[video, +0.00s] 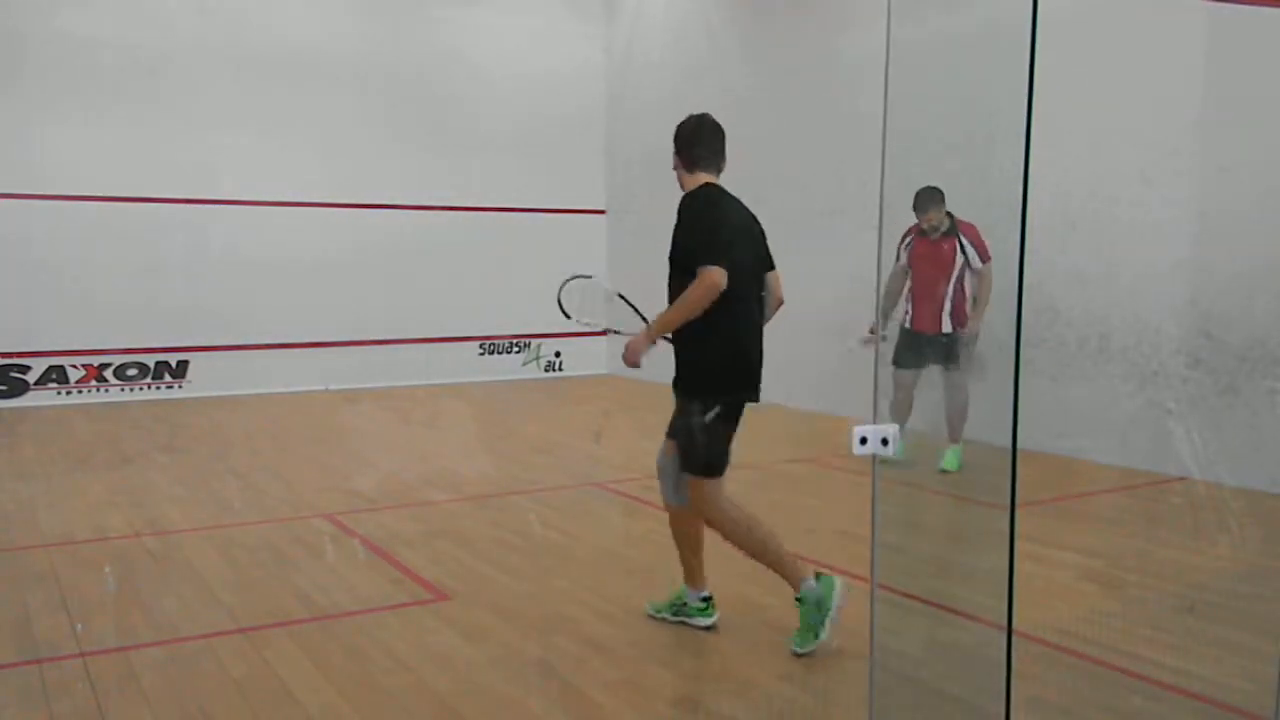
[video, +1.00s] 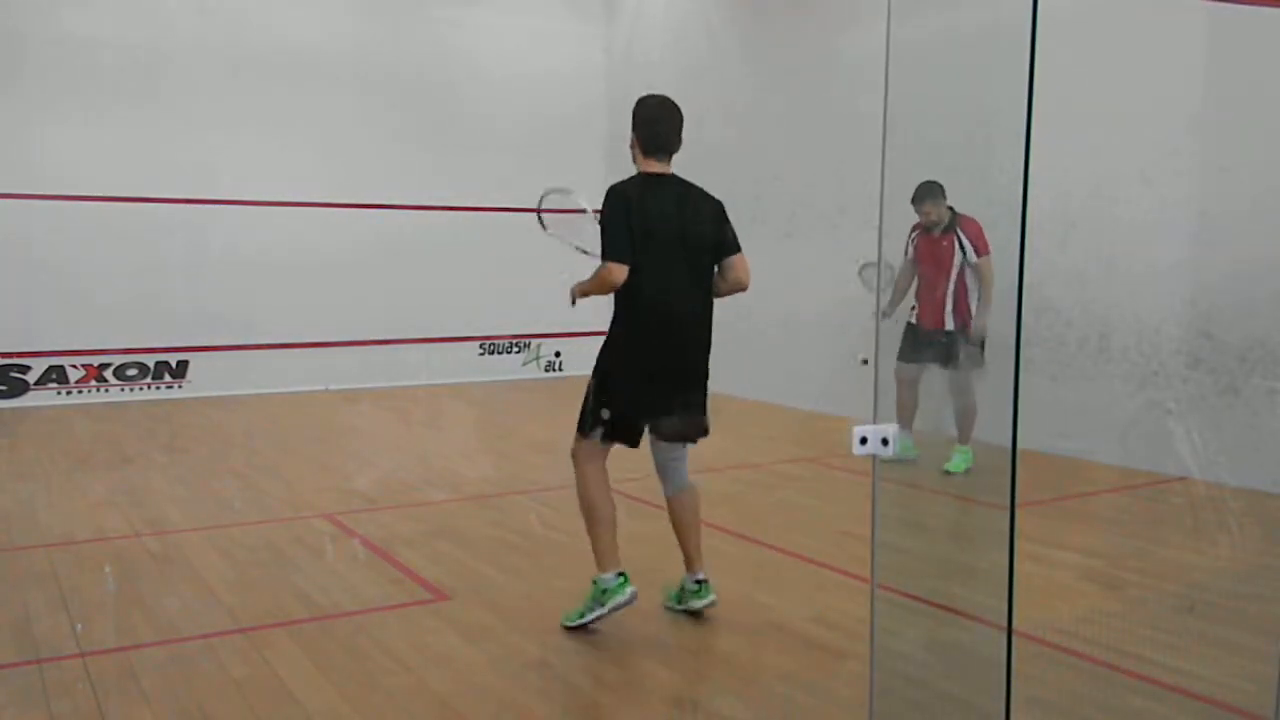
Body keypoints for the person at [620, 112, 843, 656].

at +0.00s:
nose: (671, 164)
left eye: (671, 156)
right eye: (682, 157)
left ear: (676, 159)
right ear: (722, 159)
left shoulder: (698, 208)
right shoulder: (740, 214)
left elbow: (712, 280)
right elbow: (773, 296)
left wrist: (651, 332)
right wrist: (722, 336)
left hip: (709, 377)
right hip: (723, 375)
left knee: (704, 498)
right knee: (671, 472)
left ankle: (810, 586)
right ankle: (695, 595)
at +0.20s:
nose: (634, 123)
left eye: (635, 115)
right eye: (637, 115)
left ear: (641, 117)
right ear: (685, 118)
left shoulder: (655, 163)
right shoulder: (709, 172)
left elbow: (681, 226)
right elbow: (741, 248)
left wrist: (638, 289)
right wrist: (695, 278)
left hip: (659, 331)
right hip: (702, 334)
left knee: (617, 449)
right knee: (681, 450)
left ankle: (666, 572)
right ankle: (694, 566)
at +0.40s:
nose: (603, 154)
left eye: (605, 147)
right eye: (607, 145)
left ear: (612, 153)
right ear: (655, 157)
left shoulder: (615, 207)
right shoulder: (681, 217)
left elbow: (628, 273)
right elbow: (713, 292)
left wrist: (579, 318)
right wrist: (658, 301)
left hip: (609, 367)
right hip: (664, 369)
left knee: (576, 475)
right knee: (654, 461)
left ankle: (585, 611)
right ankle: (686, 581)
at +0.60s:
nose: (604, 133)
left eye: (605, 126)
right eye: (610, 125)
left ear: (611, 131)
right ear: (656, 135)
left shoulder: (602, 186)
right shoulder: (682, 196)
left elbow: (593, 264)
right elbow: (714, 273)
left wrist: (556, 287)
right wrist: (665, 288)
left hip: (606, 345)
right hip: (660, 345)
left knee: (589, 469)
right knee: (653, 437)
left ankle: (587, 598)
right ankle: (678, 549)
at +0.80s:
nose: (623, 132)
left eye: (623, 124)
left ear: (622, 131)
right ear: (670, 133)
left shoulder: (615, 186)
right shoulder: (698, 189)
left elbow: (609, 262)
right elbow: (738, 256)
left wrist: (580, 258)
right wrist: (689, 266)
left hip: (624, 342)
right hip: (680, 344)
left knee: (577, 446)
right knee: (661, 445)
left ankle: (590, 575)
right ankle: (686, 561)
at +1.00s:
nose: (631, 142)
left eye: (632, 135)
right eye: (648, 135)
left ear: (633, 141)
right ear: (679, 143)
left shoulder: (622, 196)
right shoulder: (706, 204)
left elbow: (615, 274)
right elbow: (737, 277)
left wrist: (583, 289)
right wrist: (689, 288)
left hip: (633, 352)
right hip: (687, 355)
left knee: (588, 453)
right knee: (673, 460)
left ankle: (610, 578)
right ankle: (697, 580)